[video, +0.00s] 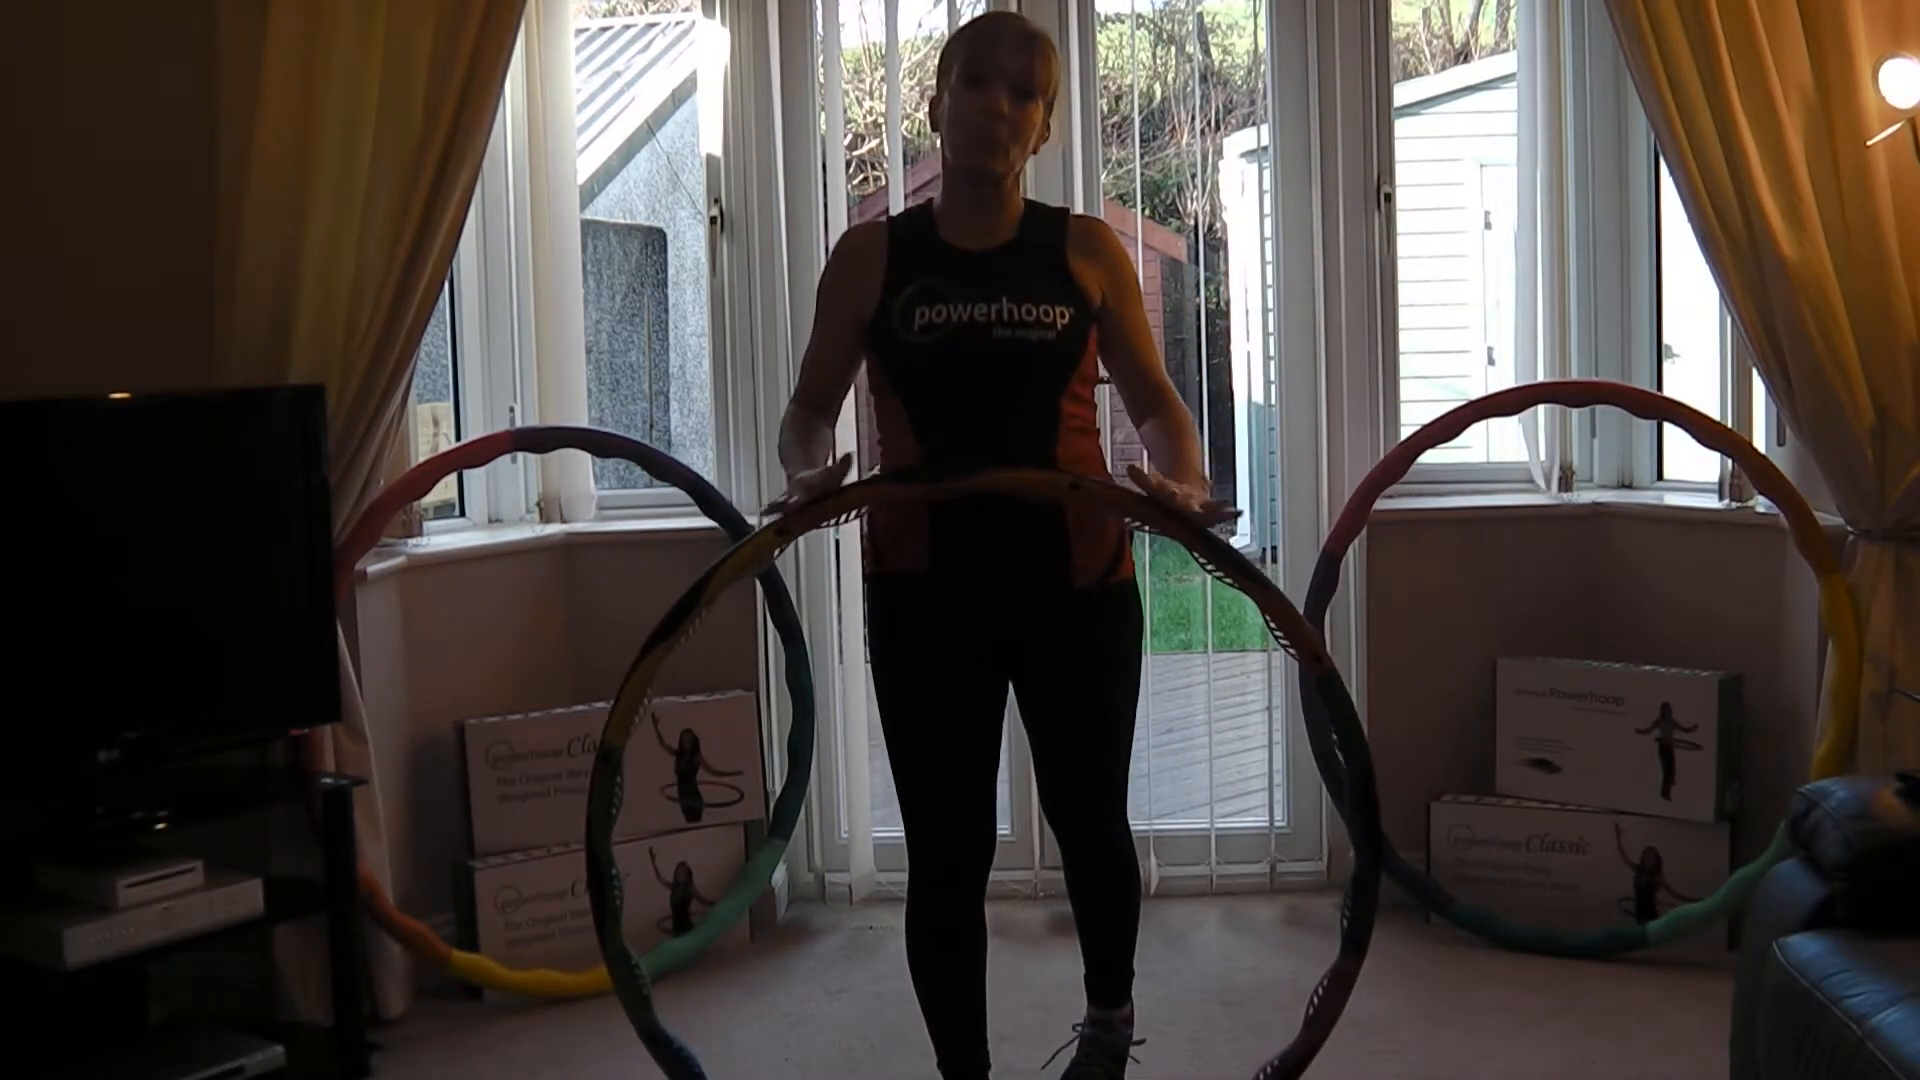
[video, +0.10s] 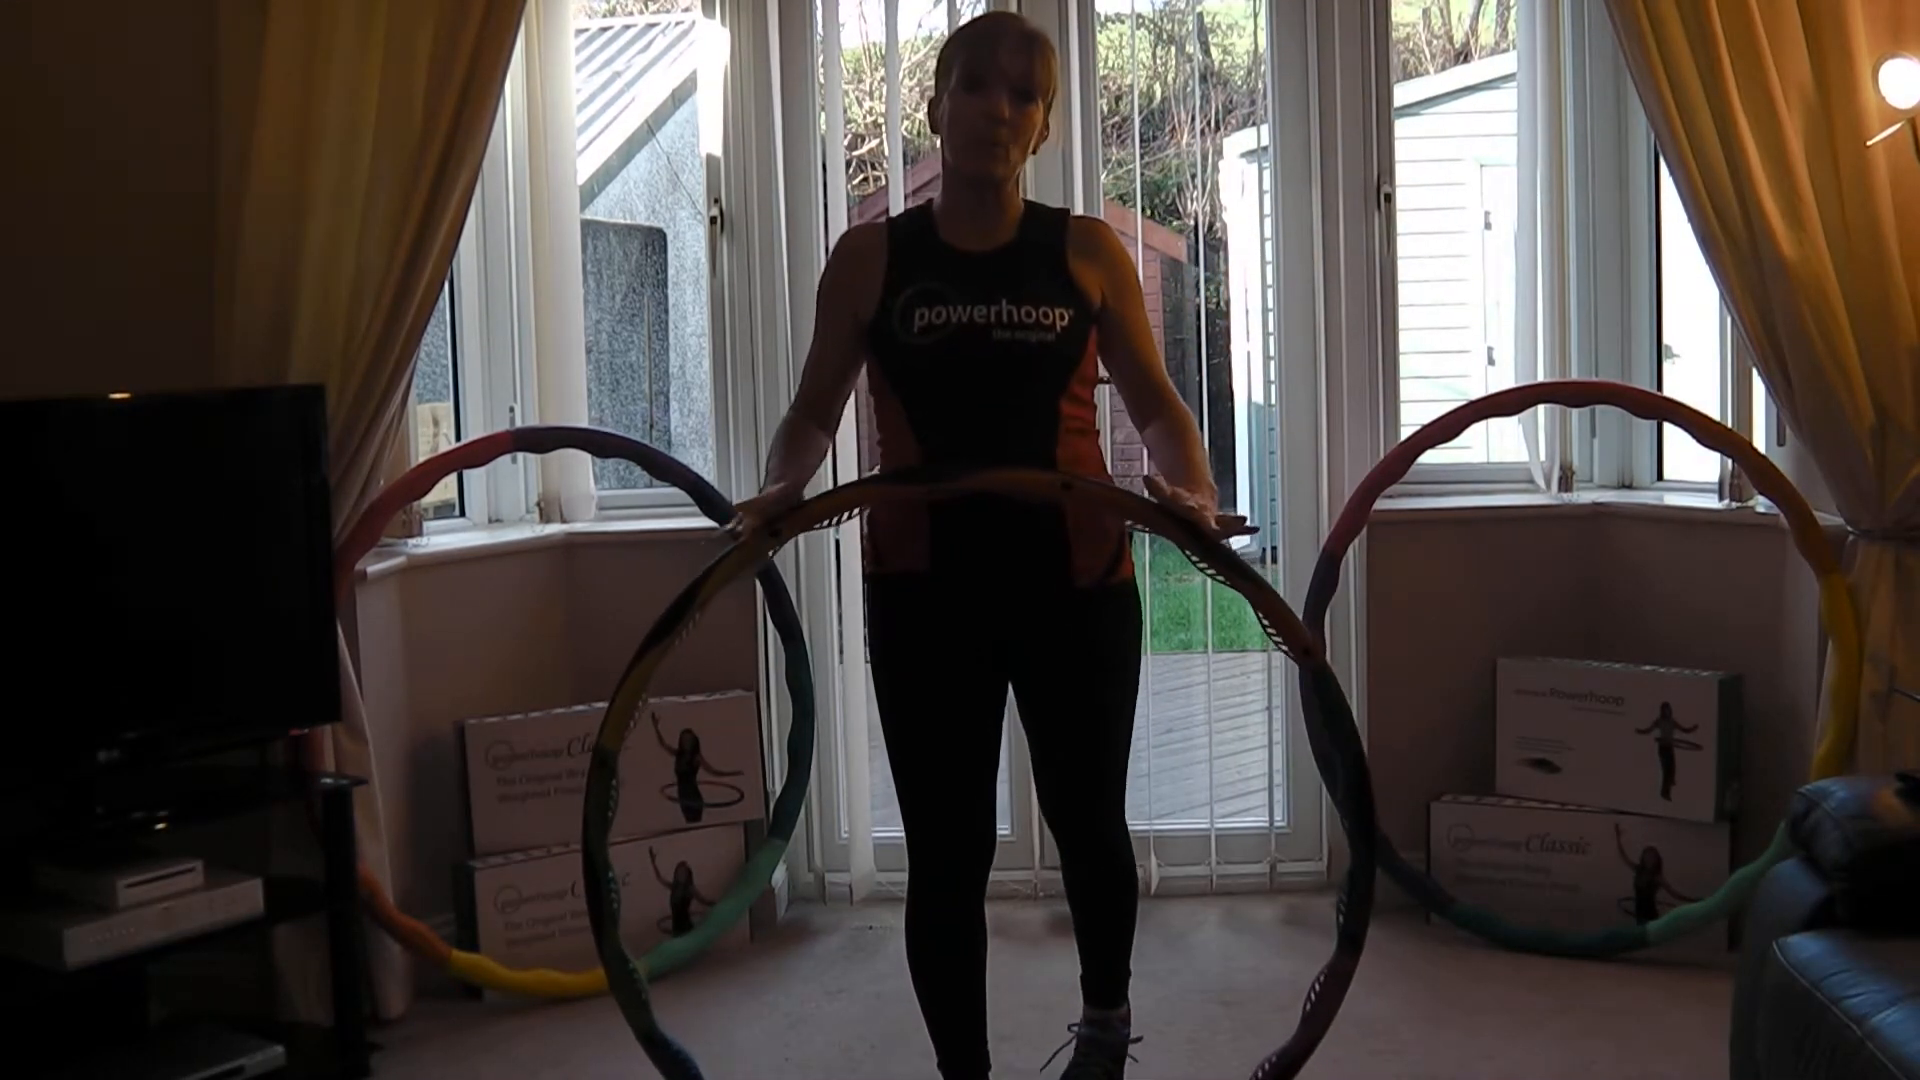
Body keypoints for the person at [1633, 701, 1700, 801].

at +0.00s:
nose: (1667, 713)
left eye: (1668, 710)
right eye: (1665, 710)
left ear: (1670, 711)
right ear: (1662, 711)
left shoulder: (1671, 721)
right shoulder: (1659, 721)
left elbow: (1683, 730)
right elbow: (1649, 730)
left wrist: (1692, 728)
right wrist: (1640, 731)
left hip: (1669, 747)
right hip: (1663, 748)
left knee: (1670, 770)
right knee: (1667, 771)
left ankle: (1666, 792)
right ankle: (1665, 792)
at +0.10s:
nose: (1667, 713)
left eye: (1668, 710)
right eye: (1665, 710)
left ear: (1670, 711)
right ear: (1662, 711)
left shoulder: (1671, 721)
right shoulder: (1659, 721)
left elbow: (1683, 730)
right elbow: (1649, 730)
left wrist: (1692, 729)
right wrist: (1640, 731)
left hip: (1669, 747)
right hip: (1663, 748)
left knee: (1670, 770)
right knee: (1667, 770)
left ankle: (1667, 792)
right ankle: (1665, 792)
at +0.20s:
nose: (1666, 712)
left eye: (1668, 710)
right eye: (1665, 710)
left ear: (1670, 711)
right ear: (1662, 711)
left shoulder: (1671, 721)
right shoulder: (1659, 721)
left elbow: (1683, 730)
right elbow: (1649, 730)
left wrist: (1692, 728)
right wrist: (1640, 731)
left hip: (1668, 747)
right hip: (1663, 748)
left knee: (1670, 770)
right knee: (1667, 771)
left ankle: (1666, 792)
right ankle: (1665, 792)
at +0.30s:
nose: (1666, 713)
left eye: (1668, 710)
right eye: (1665, 710)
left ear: (1670, 711)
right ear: (1662, 711)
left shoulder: (1671, 721)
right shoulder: (1659, 721)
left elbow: (1683, 730)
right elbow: (1649, 730)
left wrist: (1692, 728)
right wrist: (1640, 731)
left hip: (1668, 747)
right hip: (1663, 748)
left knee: (1670, 770)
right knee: (1667, 771)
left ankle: (1666, 792)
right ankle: (1665, 792)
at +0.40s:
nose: (1666, 712)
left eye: (1668, 710)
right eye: (1665, 710)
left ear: (1670, 711)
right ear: (1662, 711)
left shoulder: (1671, 721)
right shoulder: (1660, 721)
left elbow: (1683, 730)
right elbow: (1649, 730)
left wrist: (1693, 728)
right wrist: (1640, 731)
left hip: (1669, 747)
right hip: (1663, 748)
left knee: (1670, 770)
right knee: (1667, 771)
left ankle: (1666, 792)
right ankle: (1665, 792)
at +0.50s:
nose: (1666, 712)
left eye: (1668, 710)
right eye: (1665, 710)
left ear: (1670, 711)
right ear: (1662, 711)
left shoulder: (1671, 721)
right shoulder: (1660, 721)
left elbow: (1683, 730)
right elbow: (1650, 730)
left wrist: (1692, 728)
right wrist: (1640, 731)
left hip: (1669, 747)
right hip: (1663, 748)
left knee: (1670, 770)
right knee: (1667, 771)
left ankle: (1667, 792)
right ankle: (1665, 792)